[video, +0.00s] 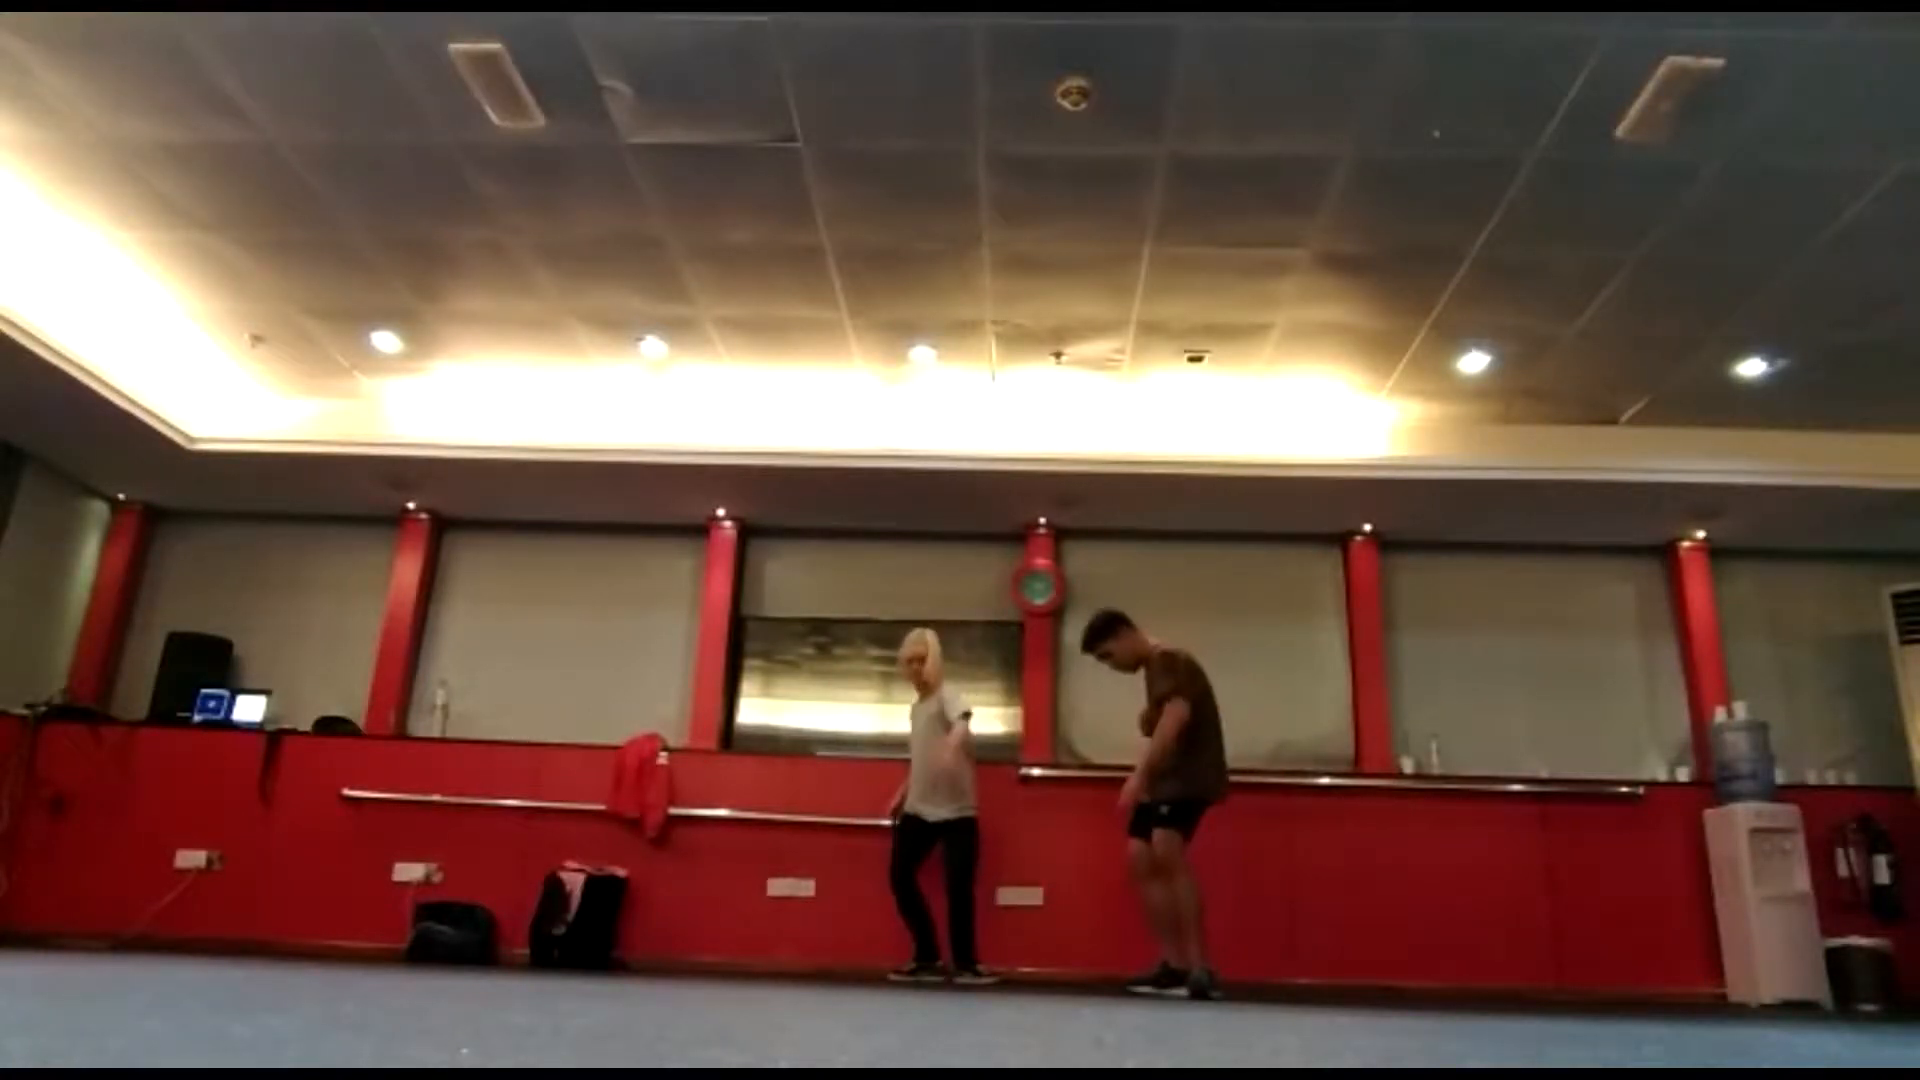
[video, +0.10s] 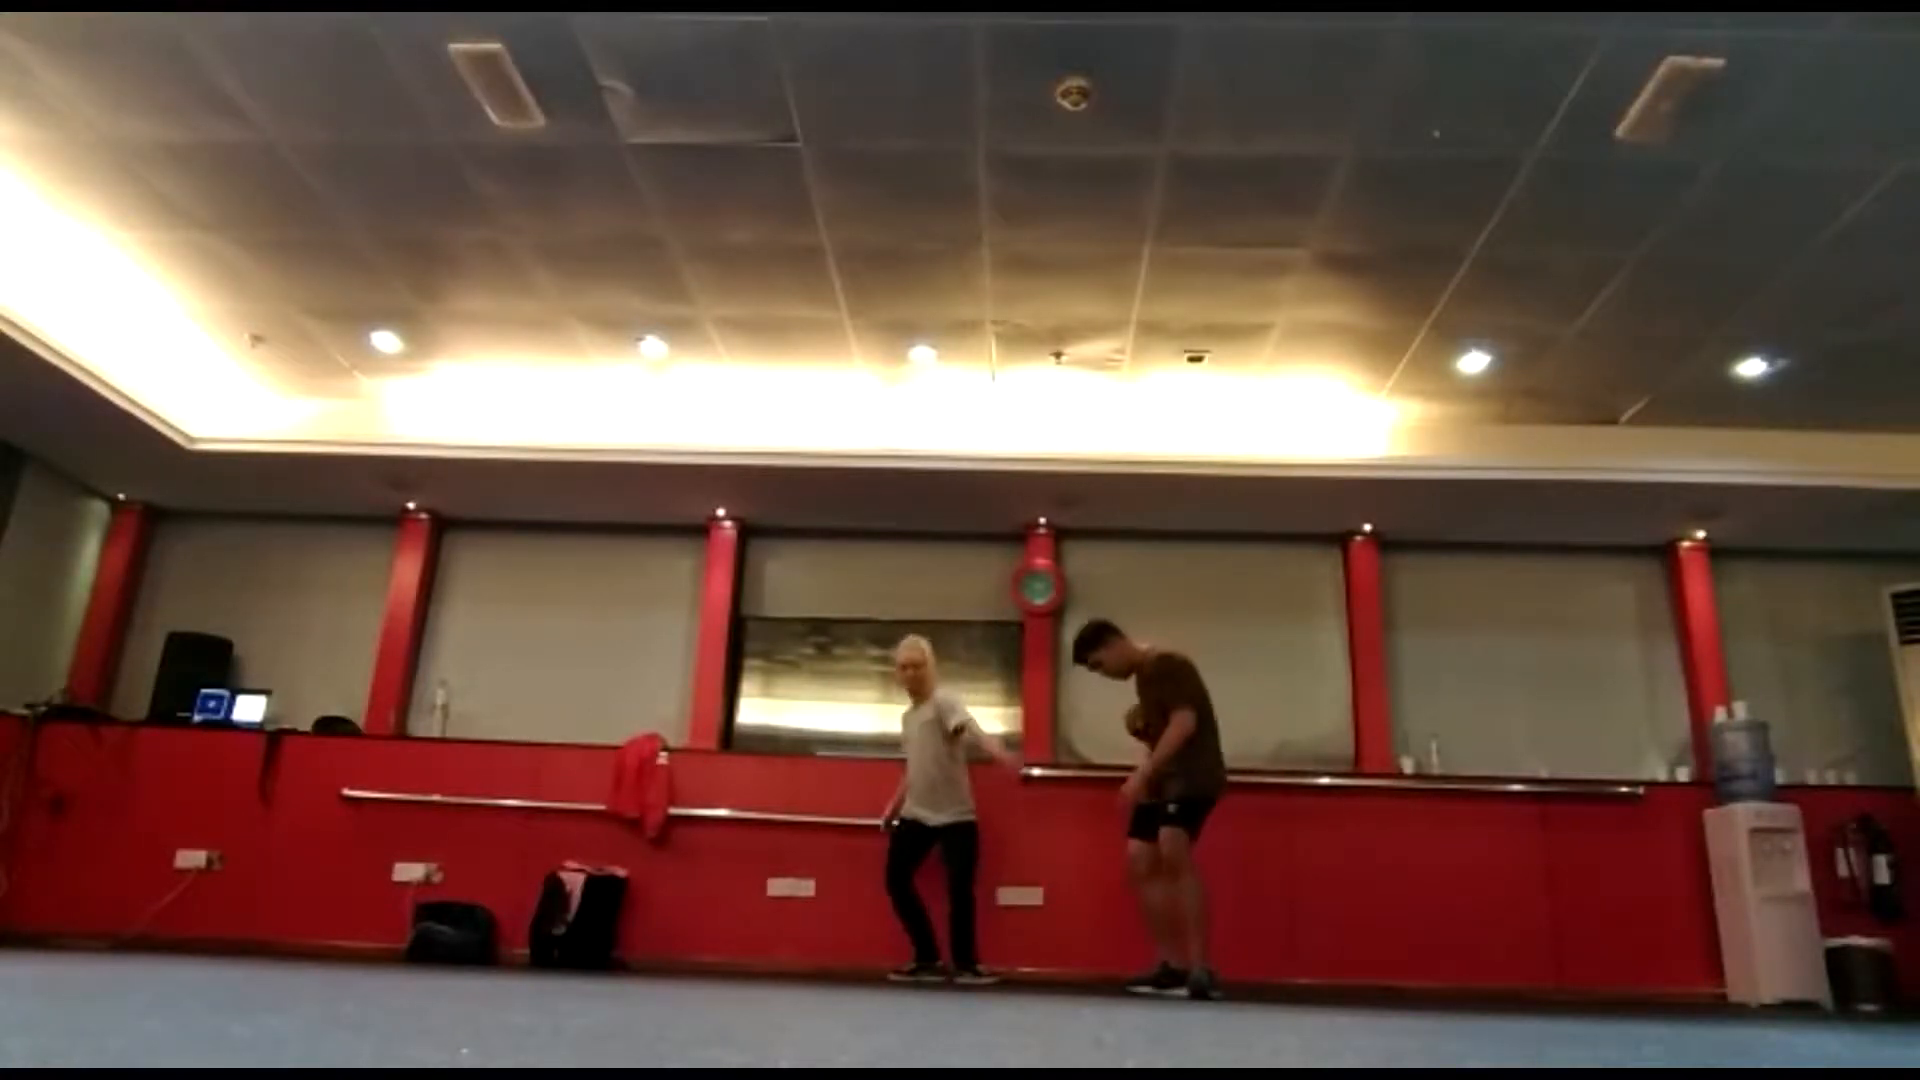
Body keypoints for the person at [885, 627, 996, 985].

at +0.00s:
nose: (914, 670)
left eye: (920, 661)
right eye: (908, 663)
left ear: (935, 661)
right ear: (902, 666)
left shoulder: (949, 699)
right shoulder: (918, 708)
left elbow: (963, 724)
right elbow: (920, 762)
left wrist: (950, 750)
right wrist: (900, 796)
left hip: (956, 811)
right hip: (920, 811)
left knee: (959, 890)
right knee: (901, 876)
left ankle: (964, 962)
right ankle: (926, 957)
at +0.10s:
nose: (907, 674)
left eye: (914, 666)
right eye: (902, 668)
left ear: (929, 667)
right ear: (896, 672)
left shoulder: (945, 704)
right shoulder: (909, 716)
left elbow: (975, 734)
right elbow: (915, 770)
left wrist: (1002, 755)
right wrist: (895, 806)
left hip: (955, 815)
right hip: (917, 815)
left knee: (961, 893)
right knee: (898, 880)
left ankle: (965, 963)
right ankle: (927, 958)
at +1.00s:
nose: (937, 656)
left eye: (944, 650)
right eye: (931, 649)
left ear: (953, 657)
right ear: (917, 652)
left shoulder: (952, 695)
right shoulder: (906, 696)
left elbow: (951, 745)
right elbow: (911, 751)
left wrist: (957, 789)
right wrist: (929, 794)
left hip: (954, 800)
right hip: (914, 801)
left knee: (975, 873)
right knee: (915, 883)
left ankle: (972, 955)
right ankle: (919, 958)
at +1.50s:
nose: (977, 670)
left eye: (985, 664)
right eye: (972, 662)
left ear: (995, 671)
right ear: (960, 665)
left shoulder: (995, 720)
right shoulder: (935, 700)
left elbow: (1001, 767)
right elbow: (896, 723)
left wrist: (1013, 807)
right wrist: (909, 754)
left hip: (962, 811)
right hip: (919, 806)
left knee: (990, 876)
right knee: (914, 886)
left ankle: (975, 959)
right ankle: (919, 959)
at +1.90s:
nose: (981, 679)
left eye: (988, 672)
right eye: (974, 673)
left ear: (1000, 675)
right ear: (966, 677)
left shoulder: (1008, 719)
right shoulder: (959, 709)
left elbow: (998, 775)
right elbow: (948, 756)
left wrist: (983, 821)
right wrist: (933, 797)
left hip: (976, 817)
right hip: (938, 810)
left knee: (992, 884)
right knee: (911, 873)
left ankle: (977, 960)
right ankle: (916, 958)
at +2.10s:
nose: (964, 668)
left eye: (970, 660)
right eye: (958, 662)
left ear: (985, 662)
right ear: (951, 668)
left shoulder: (998, 708)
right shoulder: (959, 702)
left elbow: (993, 756)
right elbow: (958, 745)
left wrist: (947, 777)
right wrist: (948, 766)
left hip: (985, 811)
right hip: (949, 803)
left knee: (991, 883)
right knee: (913, 862)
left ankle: (977, 958)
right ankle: (911, 946)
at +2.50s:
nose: (940, 672)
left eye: (946, 665)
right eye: (933, 666)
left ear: (960, 668)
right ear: (924, 671)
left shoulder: (974, 703)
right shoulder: (926, 714)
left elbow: (992, 738)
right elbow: (925, 763)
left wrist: (973, 777)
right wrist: (907, 803)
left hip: (967, 817)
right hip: (927, 815)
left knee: (990, 879)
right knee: (914, 885)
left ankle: (977, 961)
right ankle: (912, 959)